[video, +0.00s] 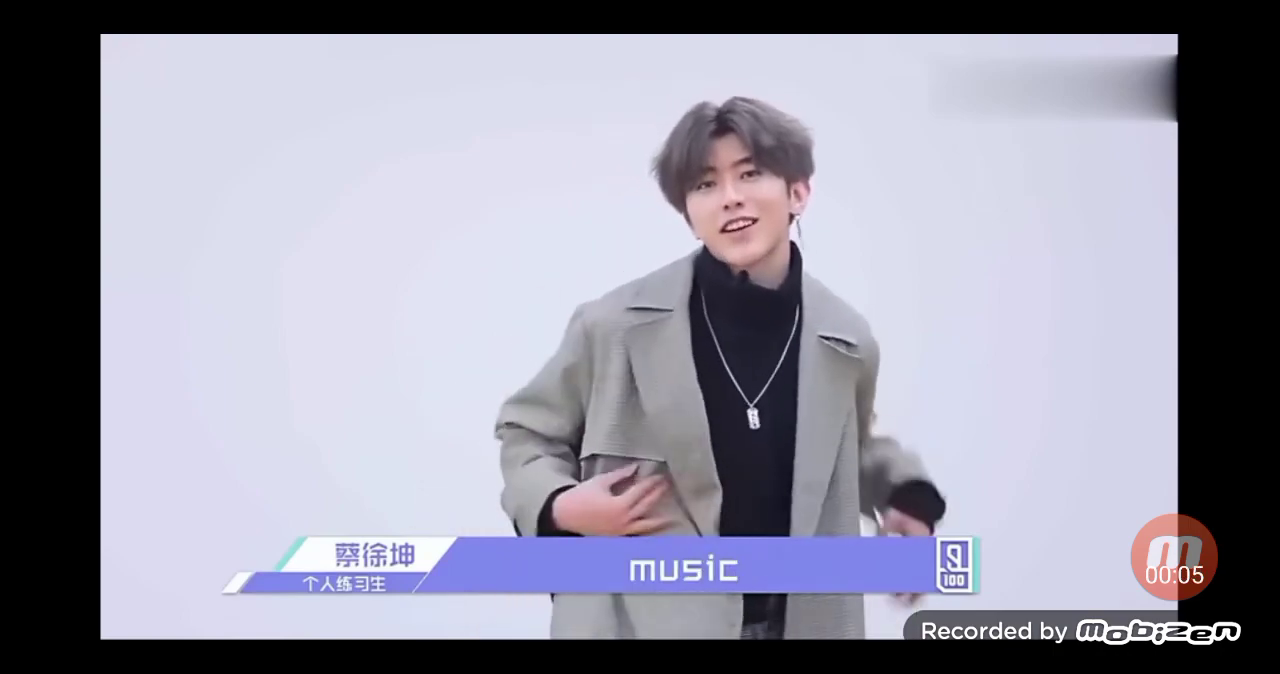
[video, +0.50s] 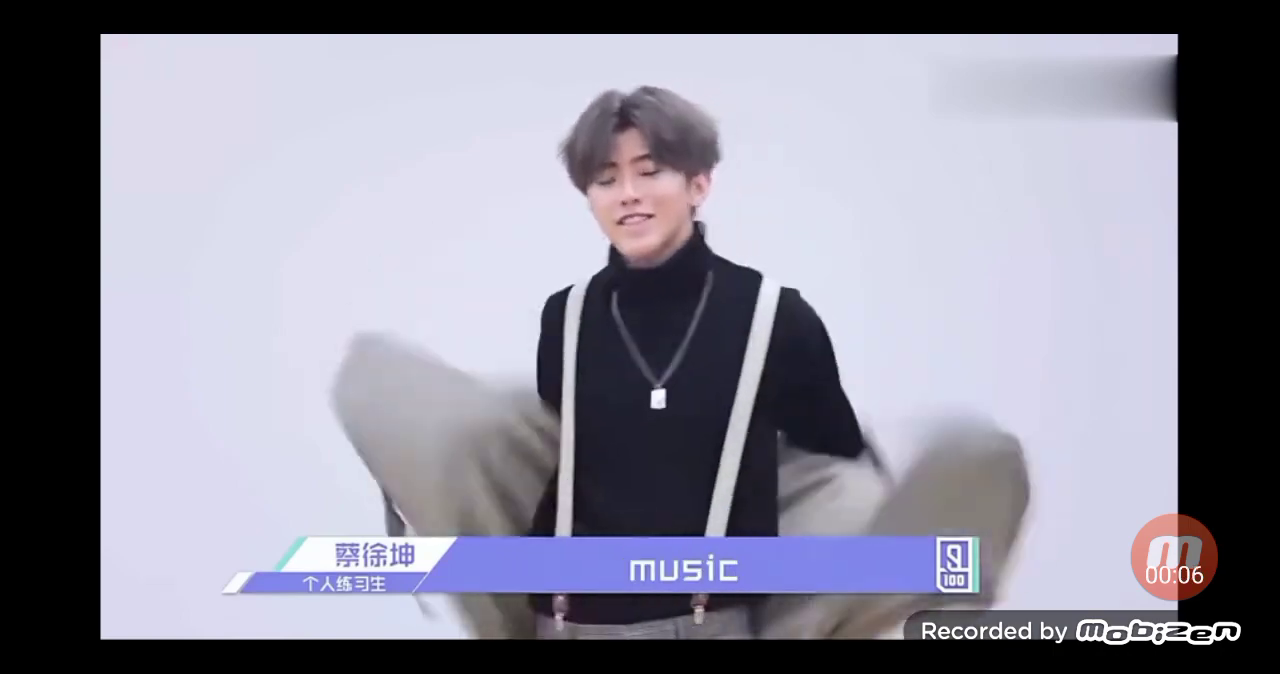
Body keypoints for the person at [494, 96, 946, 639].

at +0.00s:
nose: (730, 199)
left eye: (750, 174)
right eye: (705, 184)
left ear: (798, 192)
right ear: (686, 210)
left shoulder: (849, 341)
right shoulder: (611, 328)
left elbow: (856, 450)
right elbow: (529, 432)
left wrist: (909, 492)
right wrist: (557, 506)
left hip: (808, 625)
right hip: (653, 620)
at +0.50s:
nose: (628, 195)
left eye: (649, 172)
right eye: (607, 179)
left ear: (698, 185)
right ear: (588, 198)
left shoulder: (775, 318)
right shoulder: (565, 318)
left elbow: (842, 469)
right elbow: (554, 461)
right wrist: (537, 595)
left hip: (718, 619)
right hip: (587, 624)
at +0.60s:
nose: (596, 205)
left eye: (617, 180)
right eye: (576, 190)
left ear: (672, 187)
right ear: (561, 208)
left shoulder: (753, 326)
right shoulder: (553, 333)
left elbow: (795, 500)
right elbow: (571, 477)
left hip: (706, 622)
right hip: (577, 627)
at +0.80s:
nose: (507, 234)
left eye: (530, 209)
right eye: (499, 215)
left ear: (595, 218)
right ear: (488, 221)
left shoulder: (688, 329)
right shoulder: (512, 366)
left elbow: (800, 441)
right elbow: (581, 492)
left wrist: (775, 587)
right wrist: (545, 591)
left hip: (685, 619)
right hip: (563, 627)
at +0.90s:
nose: (481, 243)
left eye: (504, 220)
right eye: (476, 223)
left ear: (571, 231)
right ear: (470, 229)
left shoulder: (664, 331)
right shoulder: (503, 374)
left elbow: (791, 438)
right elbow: (583, 497)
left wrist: (778, 579)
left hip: (675, 620)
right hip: (561, 627)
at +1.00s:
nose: (466, 248)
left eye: (490, 228)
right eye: (463, 228)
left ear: (556, 242)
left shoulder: (654, 337)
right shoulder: (492, 382)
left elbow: (775, 446)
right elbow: (569, 501)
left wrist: (749, 556)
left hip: (677, 618)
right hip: (561, 626)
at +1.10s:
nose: (473, 235)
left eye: (500, 217)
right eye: (470, 215)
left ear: (563, 239)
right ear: (463, 221)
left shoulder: (653, 336)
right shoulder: (476, 389)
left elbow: (780, 441)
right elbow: (524, 520)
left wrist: (691, 531)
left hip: (670, 618)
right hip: (556, 627)